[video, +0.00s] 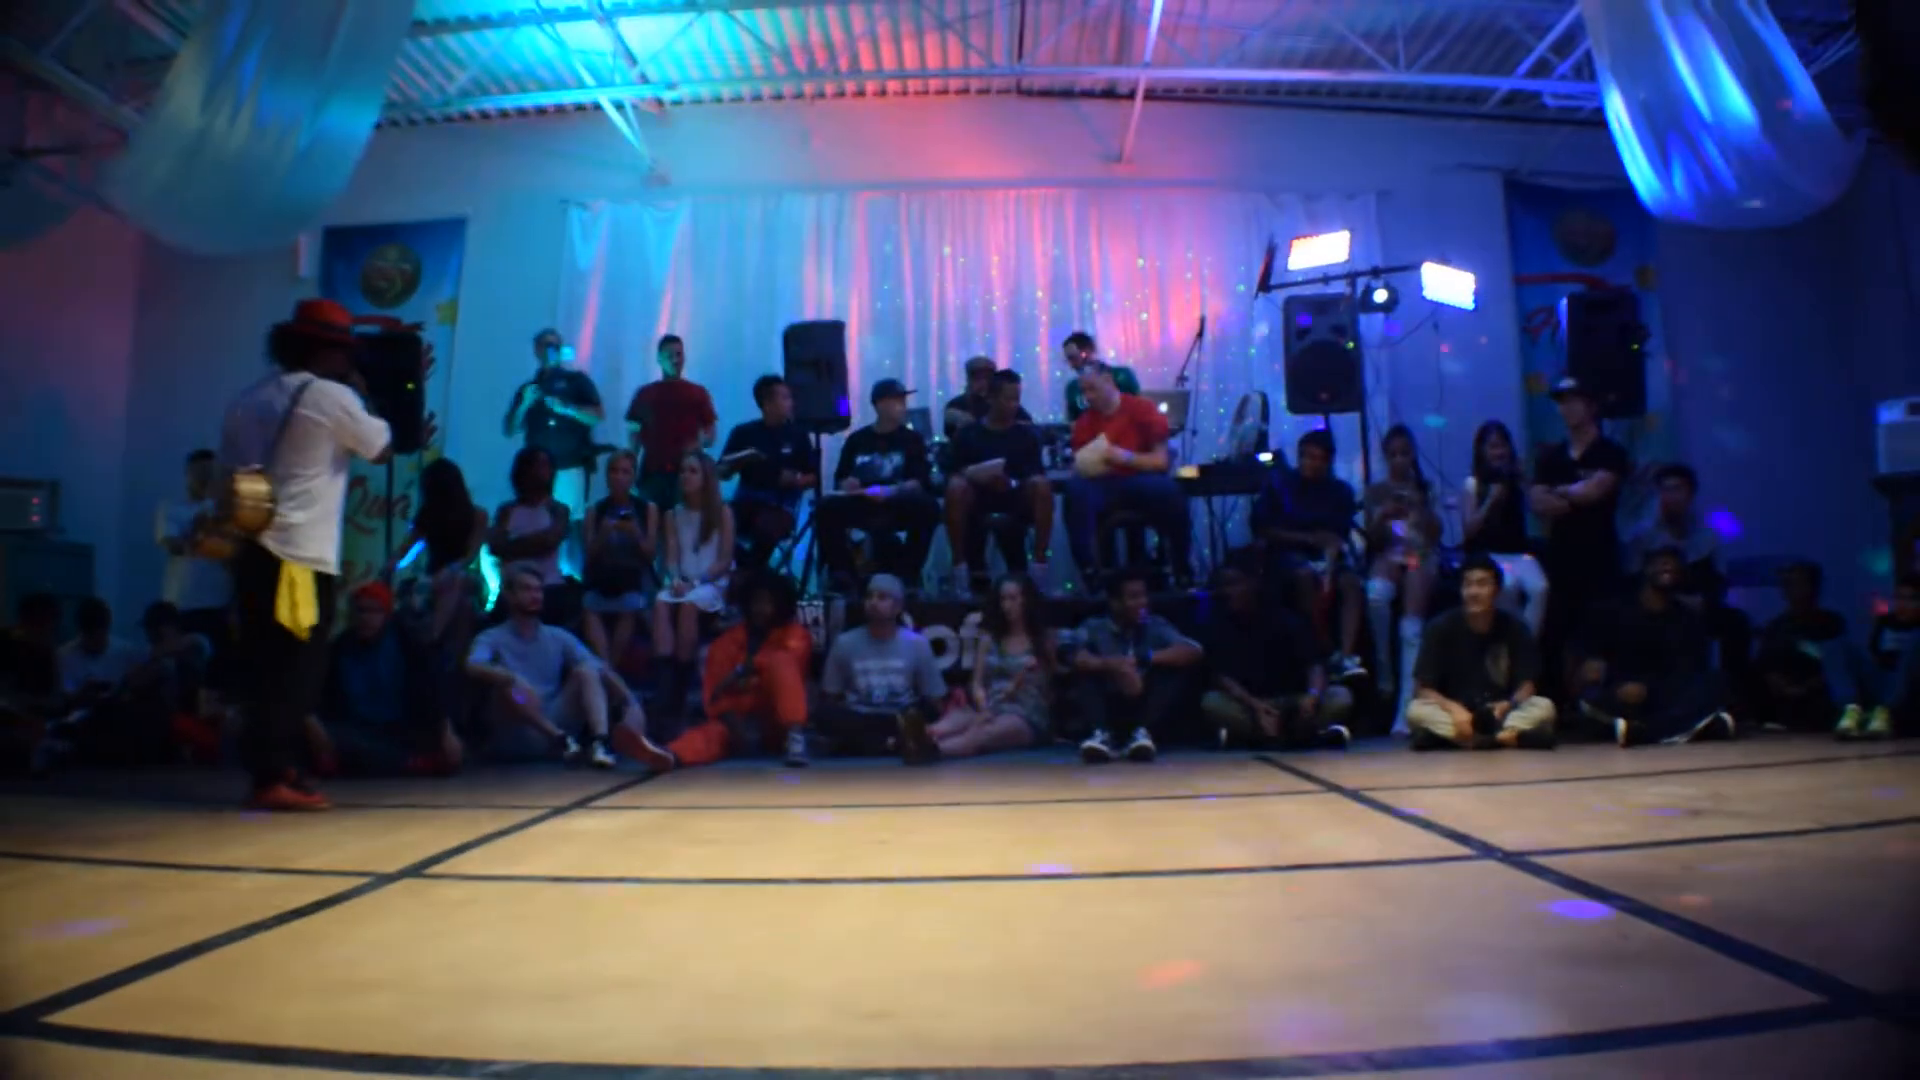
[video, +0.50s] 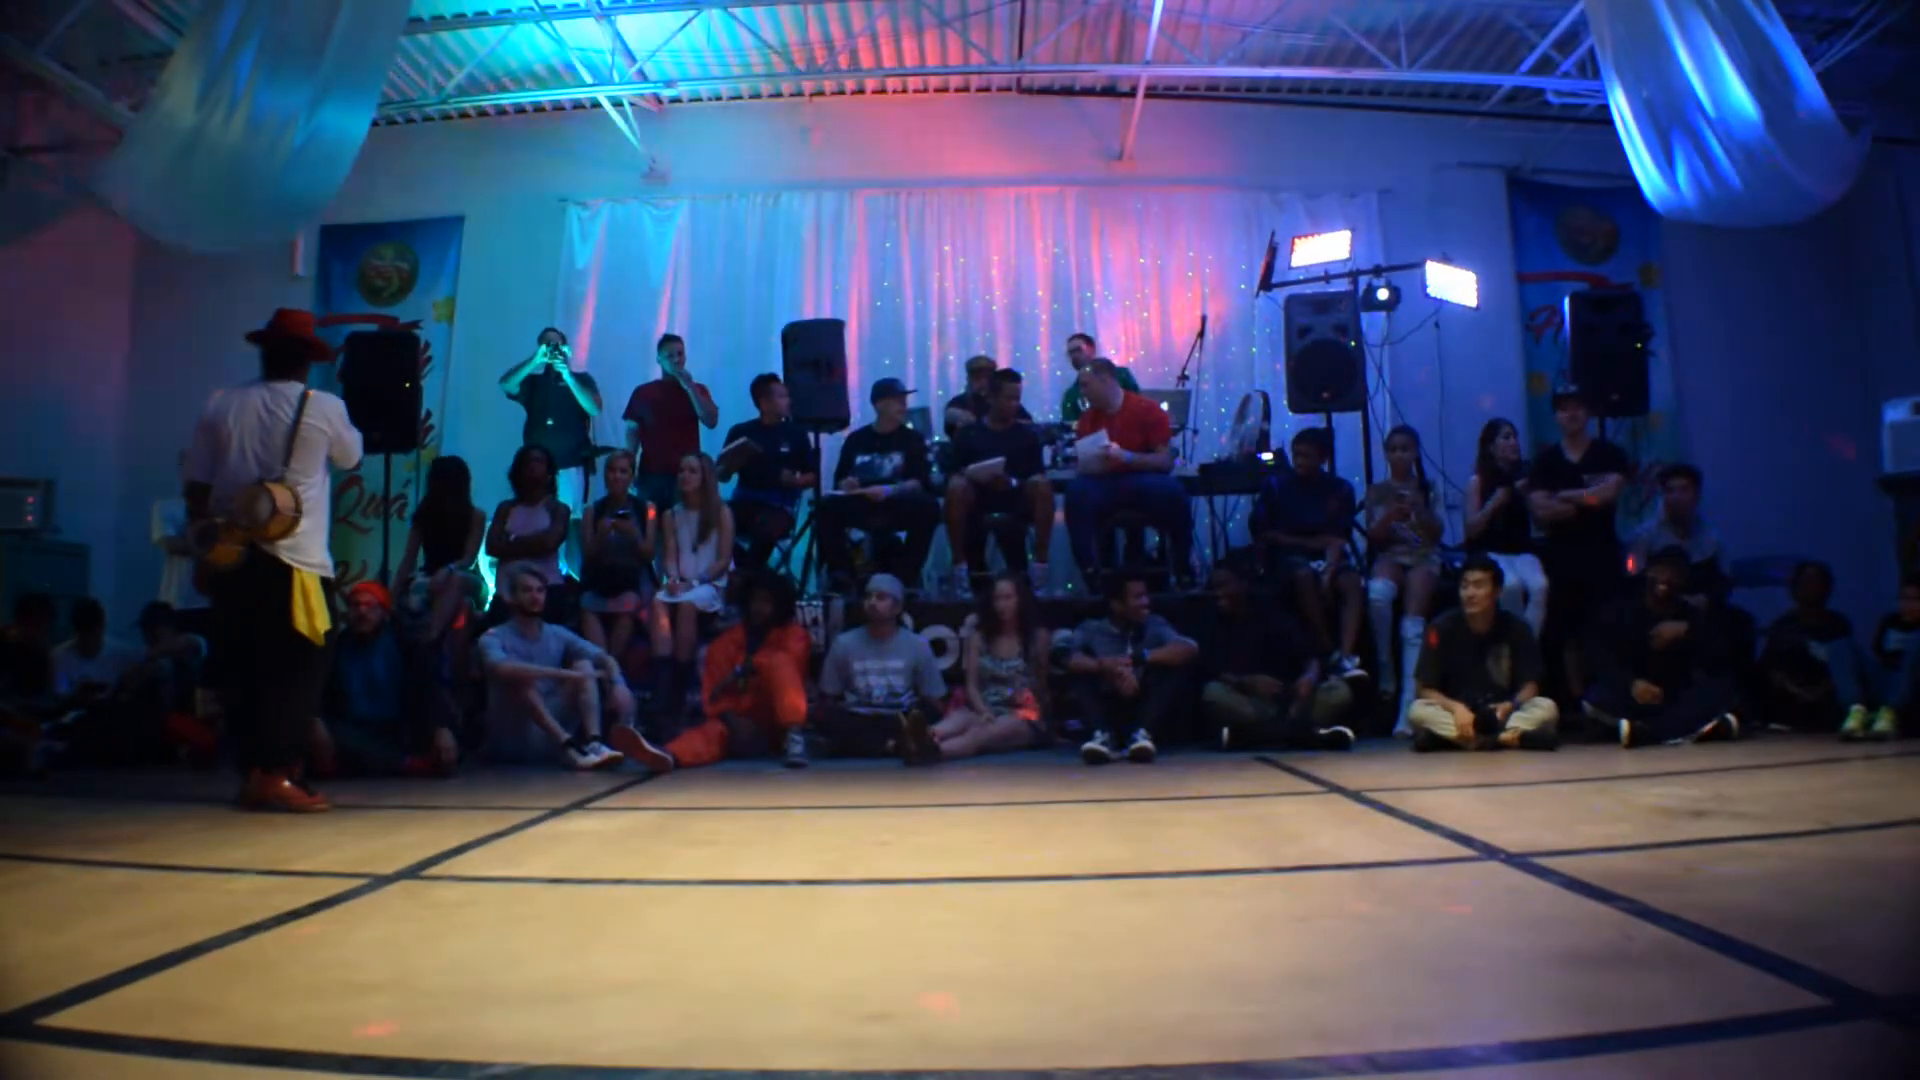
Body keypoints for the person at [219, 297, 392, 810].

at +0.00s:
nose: (348, 361)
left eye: (347, 351)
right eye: (342, 351)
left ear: (290, 347)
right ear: (325, 351)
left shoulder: (250, 400)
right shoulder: (327, 398)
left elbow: (231, 471)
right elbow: (379, 443)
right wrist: (360, 391)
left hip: (253, 554)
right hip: (301, 559)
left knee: (265, 670)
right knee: (296, 673)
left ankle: (272, 775)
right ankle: (278, 778)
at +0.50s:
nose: (311, 365)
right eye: (311, 359)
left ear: (263, 357)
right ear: (308, 361)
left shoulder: (223, 406)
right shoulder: (323, 408)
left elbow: (196, 482)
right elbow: (350, 458)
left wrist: (202, 535)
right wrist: (320, 416)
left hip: (234, 563)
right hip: (297, 568)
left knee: (244, 669)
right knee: (296, 673)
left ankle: (255, 775)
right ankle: (277, 776)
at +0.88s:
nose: (242, 367)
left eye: (241, 361)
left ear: (241, 364)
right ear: (289, 366)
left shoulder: (214, 411)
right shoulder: (315, 415)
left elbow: (182, 491)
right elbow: (326, 471)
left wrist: (176, 558)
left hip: (229, 564)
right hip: (292, 567)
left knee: (236, 673)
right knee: (294, 667)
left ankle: (256, 775)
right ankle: (304, 761)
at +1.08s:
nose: (234, 373)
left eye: (235, 366)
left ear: (234, 369)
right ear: (283, 371)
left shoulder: (214, 415)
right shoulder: (310, 420)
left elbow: (184, 495)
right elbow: (330, 493)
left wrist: (174, 564)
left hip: (229, 565)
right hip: (289, 566)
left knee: (234, 668)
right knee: (284, 666)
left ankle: (254, 772)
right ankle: (285, 766)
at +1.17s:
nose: (234, 377)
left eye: (235, 370)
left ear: (234, 373)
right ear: (282, 375)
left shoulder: (216, 417)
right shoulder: (310, 422)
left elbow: (187, 494)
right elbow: (332, 496)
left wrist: (178, 563)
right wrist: (291, 507)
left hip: (229, 566)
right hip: (288, 567)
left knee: (233, 667)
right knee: (282, 666)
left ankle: (254, 770)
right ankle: (278, 764)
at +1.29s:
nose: (238, 379)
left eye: (239, 372)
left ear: (238, 375)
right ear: (285, 377)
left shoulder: (221, 417)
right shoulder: (312, 426)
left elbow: (193, 490)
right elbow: (337, 497)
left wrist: (184, 559)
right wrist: (296, 512)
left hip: (229, 565)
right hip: (287, 566)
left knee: (234, 665)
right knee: (281, 662)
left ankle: (253, 769)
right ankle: (275, 765)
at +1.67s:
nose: (230, 384)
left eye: (233, 378)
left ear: (239, 379)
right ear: (284, 382)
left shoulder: (233, 416)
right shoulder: (308, 431)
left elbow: (200, 480)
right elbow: (323, 499)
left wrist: (194, 534)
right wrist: (296, 531)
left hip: (234, 563)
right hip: (289, 569)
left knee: (223, 664)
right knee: (278, 670)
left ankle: (245, 756)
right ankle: (271, 760)